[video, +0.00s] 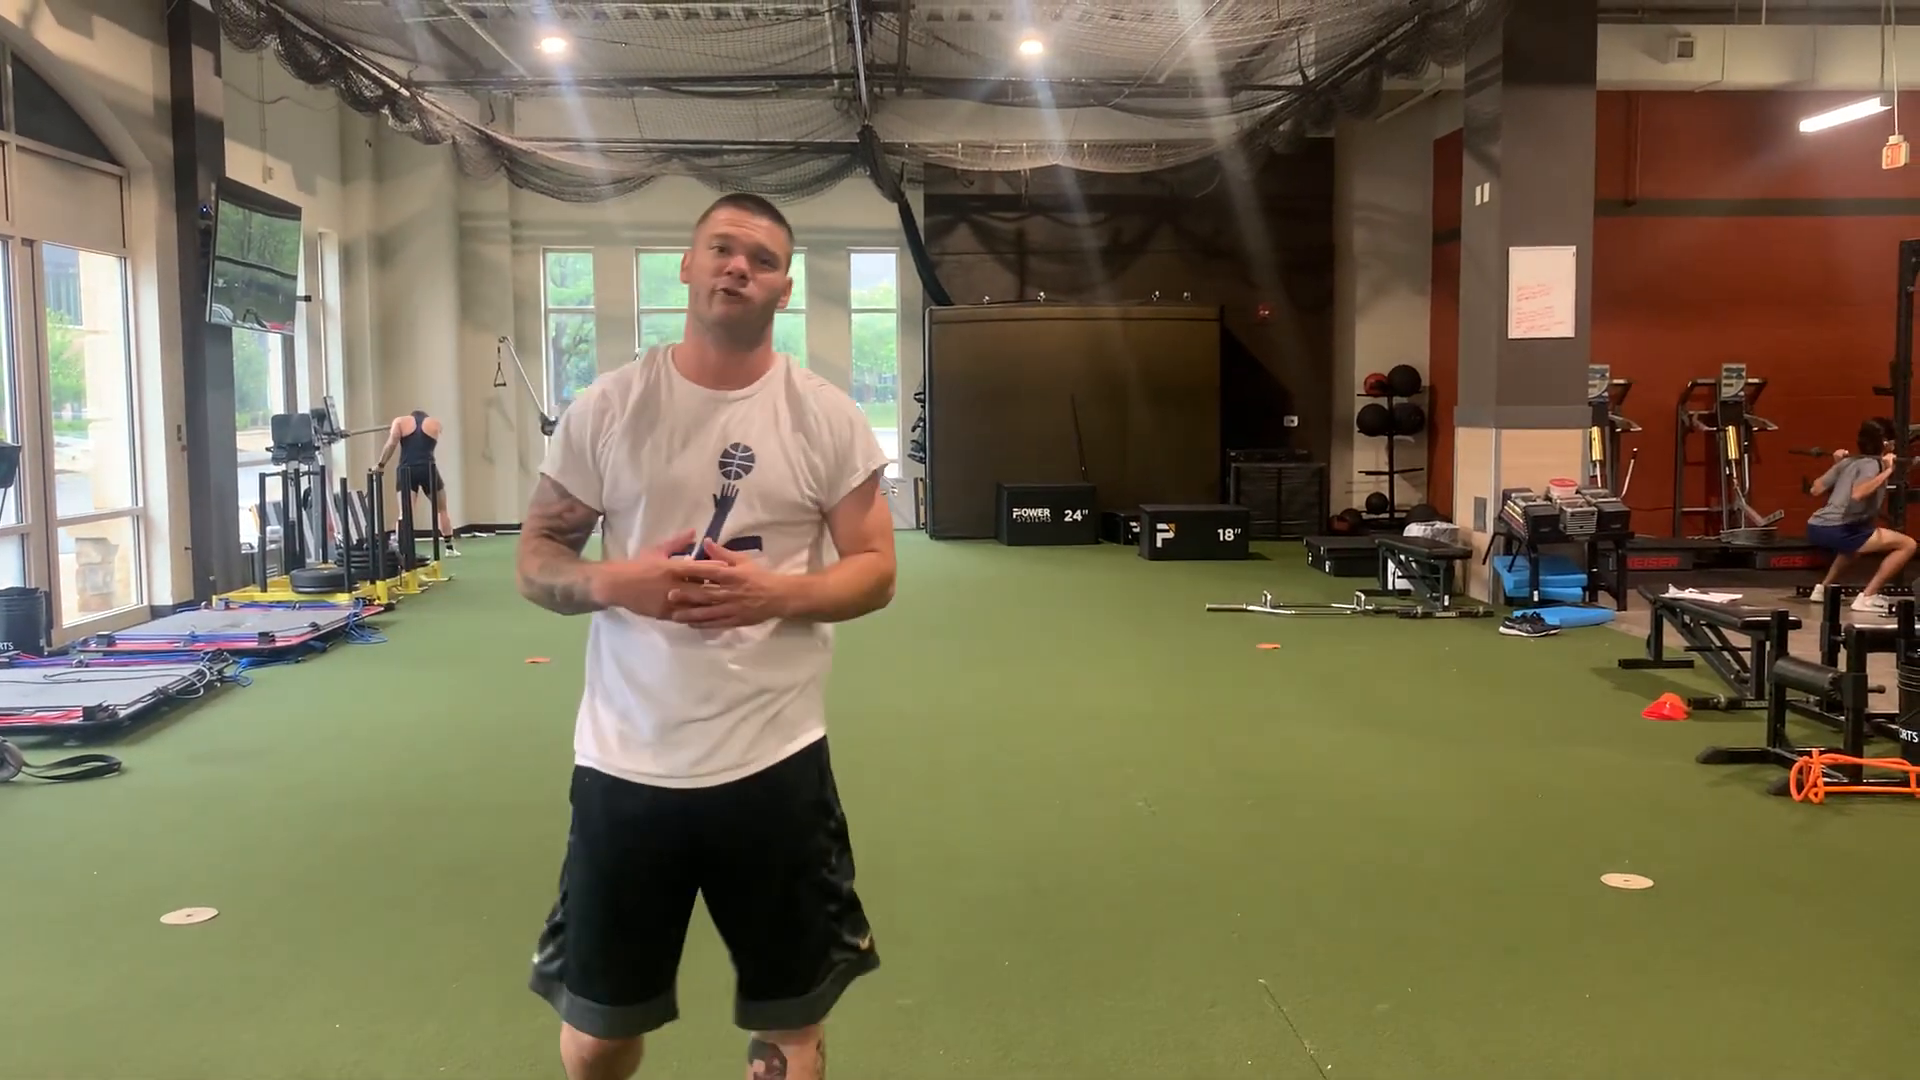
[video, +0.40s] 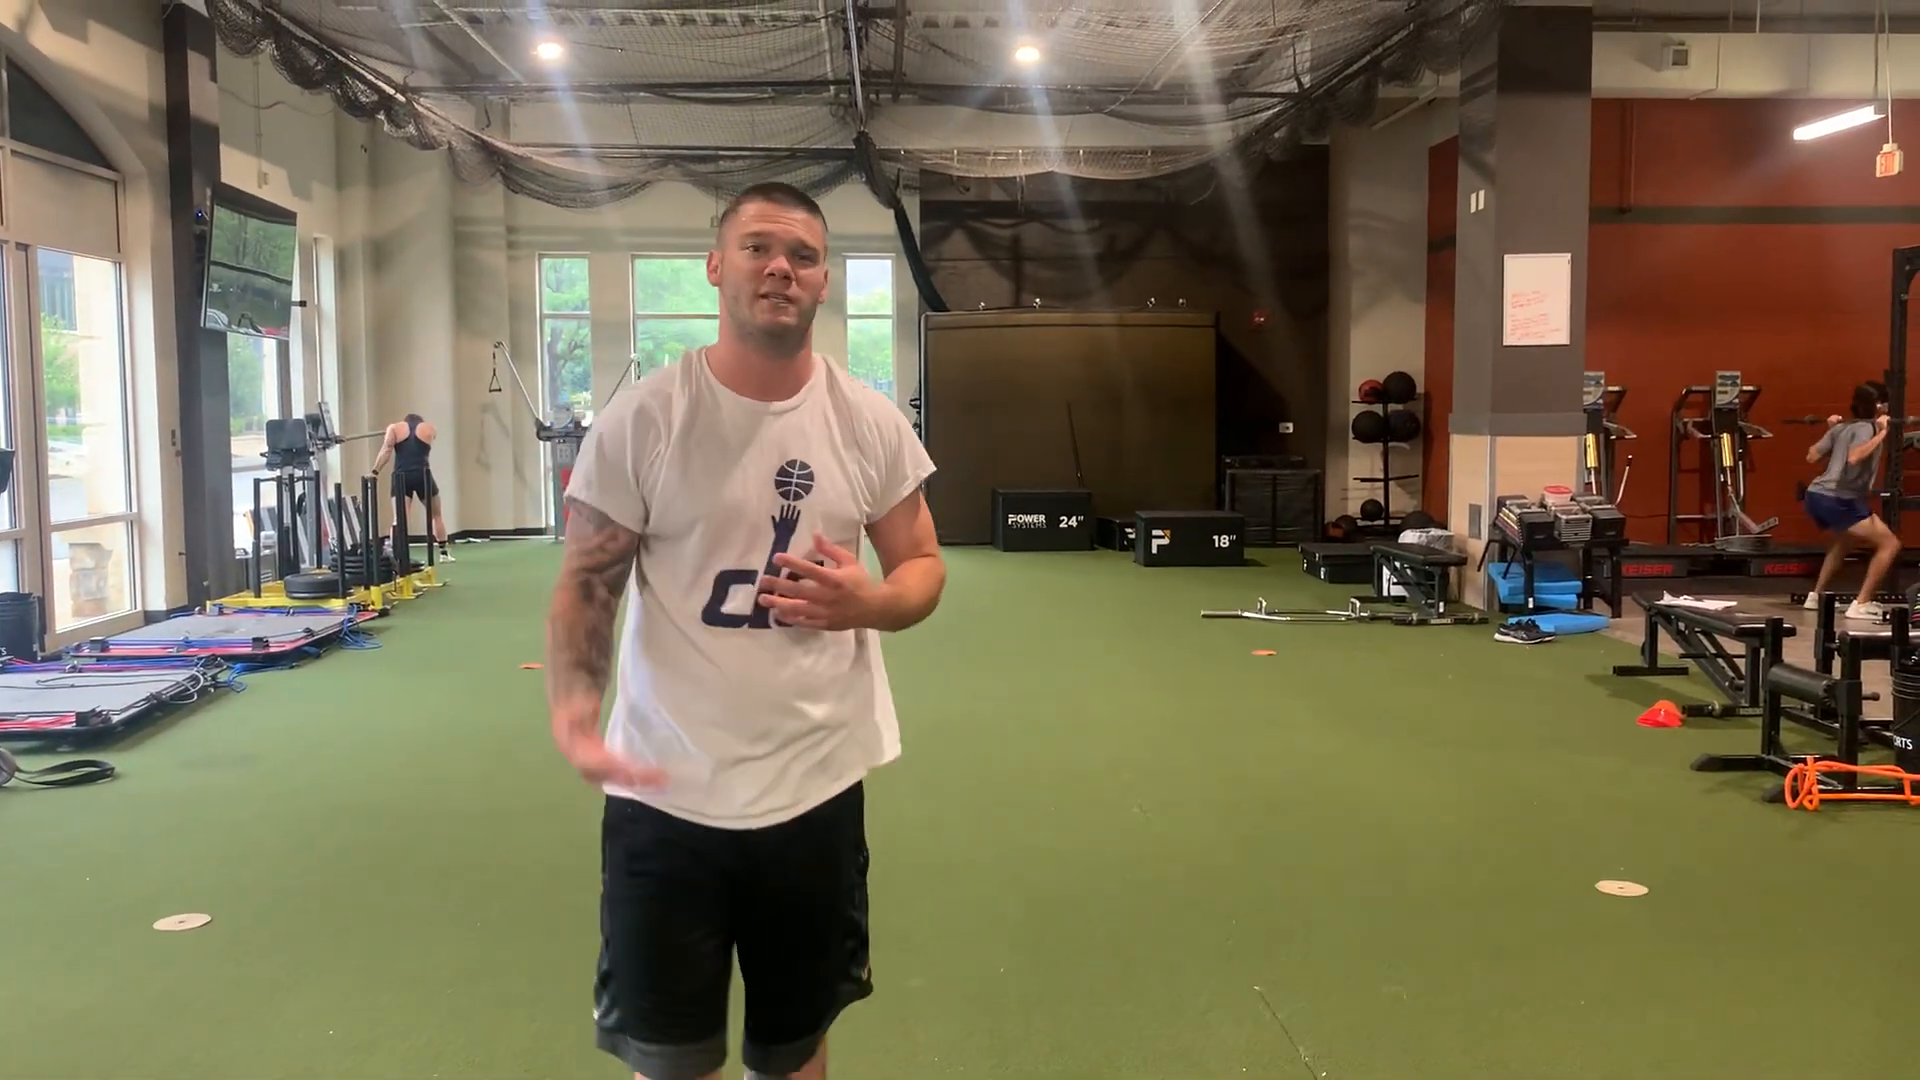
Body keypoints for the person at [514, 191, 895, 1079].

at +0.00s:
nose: (738, 266)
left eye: (762, 259)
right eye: (723, 248)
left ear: (784, 289)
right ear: (686, 265)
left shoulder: (826, 418)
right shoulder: (604, 410)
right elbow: (537, 566)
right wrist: (617, 582)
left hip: (774, 766)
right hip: (626, 768)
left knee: (791, 1029)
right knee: (594, 1044)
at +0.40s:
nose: (781, 269)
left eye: (803, 256)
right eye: (759, 248)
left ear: (824, 283)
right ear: (715, 267)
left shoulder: (868, 421)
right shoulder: (640, 419)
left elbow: (922, 569)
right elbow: (587, 581)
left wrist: (874, 601)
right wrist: (575, 714)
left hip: (815, 791)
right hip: (664, 794)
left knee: (797, 1049)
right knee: (671, 1058)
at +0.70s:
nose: (745, 258)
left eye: (762, 237)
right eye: (712, 242)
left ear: (787, 260)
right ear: (668, 276)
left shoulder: (866, 410)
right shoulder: (628, 445)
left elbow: (926, 558)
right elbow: (598, 646)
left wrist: (901, 609)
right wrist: (662, 800)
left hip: (857, 848)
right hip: (698, 860)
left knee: (856, 1064)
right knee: (690, 1067)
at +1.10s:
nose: (817, 262)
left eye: (841, 239)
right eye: (788, 238)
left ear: (871, 259)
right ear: (741, 259)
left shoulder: (938, 410)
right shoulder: (677, 436)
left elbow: (996, 573)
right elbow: (603, 640)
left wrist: (995, 628)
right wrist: (737, 704)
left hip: (918, 864)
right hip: (741, 876)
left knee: (949, 1064)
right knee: (712, 1066)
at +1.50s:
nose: (949, 250)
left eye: (978, 237)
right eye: (927, 228)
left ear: (1006, 277)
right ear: (882, 253)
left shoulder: (1061, 439)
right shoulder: (794, 425)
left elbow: (1104, 627)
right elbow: (737, 609)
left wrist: (1036, 671)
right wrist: (701, 754)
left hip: (982, 873)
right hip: (800, 868)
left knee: (1002, 1069)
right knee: (759, 1070)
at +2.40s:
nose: (994, 274)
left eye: (1021, 268)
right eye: (974, 251)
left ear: (1038, 311)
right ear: (923, 275)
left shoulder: (1063, 462)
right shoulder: (815, 421)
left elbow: (1092, 638)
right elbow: (712, 585)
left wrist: (1070, 703)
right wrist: (790, 655)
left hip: (978, 856)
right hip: (806, 851)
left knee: (993, 1067)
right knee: (773, 1067)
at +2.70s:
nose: (880, 279)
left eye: (902, 266)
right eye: (856, 261)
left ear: (929, 300)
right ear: (815, 293)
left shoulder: (989, 440)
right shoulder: (750, 446)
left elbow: (1040, 600)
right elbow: (694, 622)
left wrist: (997, 661)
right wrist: (737, 684)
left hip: (944, 840)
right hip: (781, 847)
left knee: (968, 1062)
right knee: (768, 1063)